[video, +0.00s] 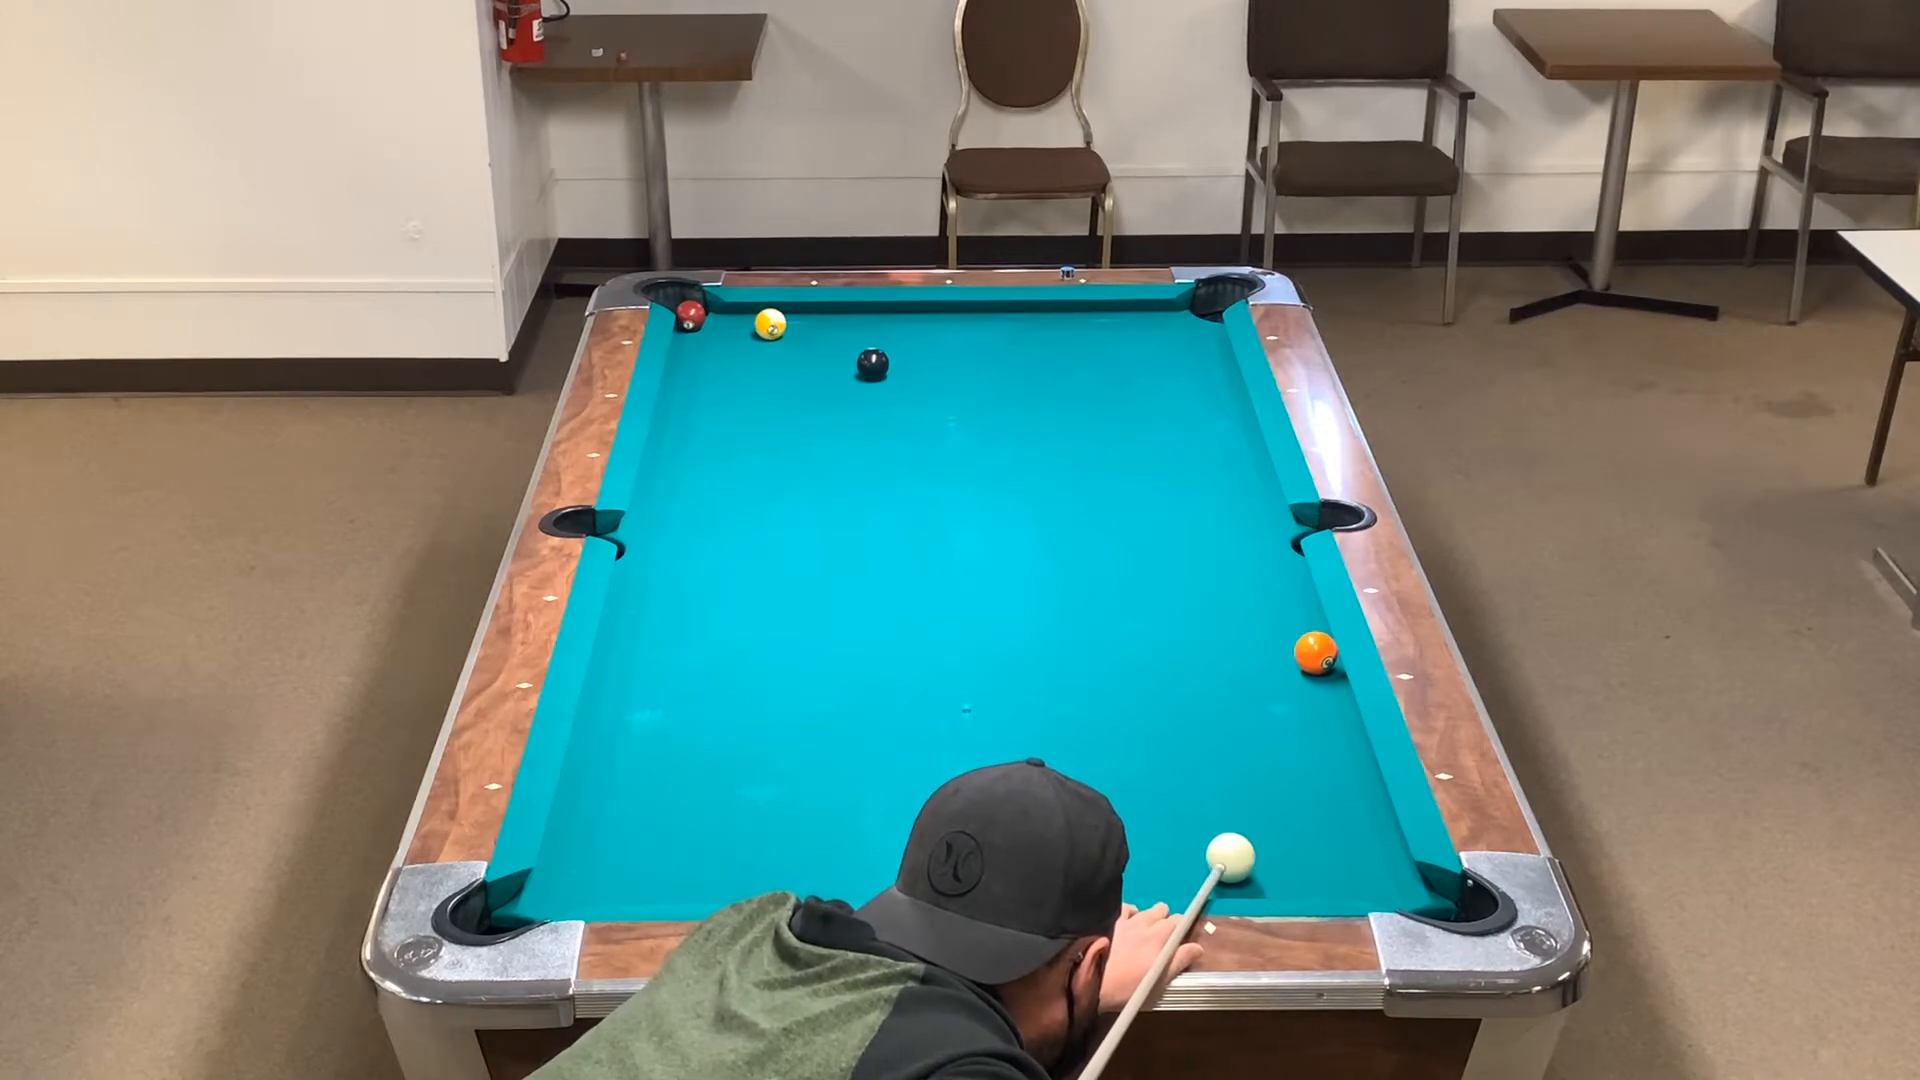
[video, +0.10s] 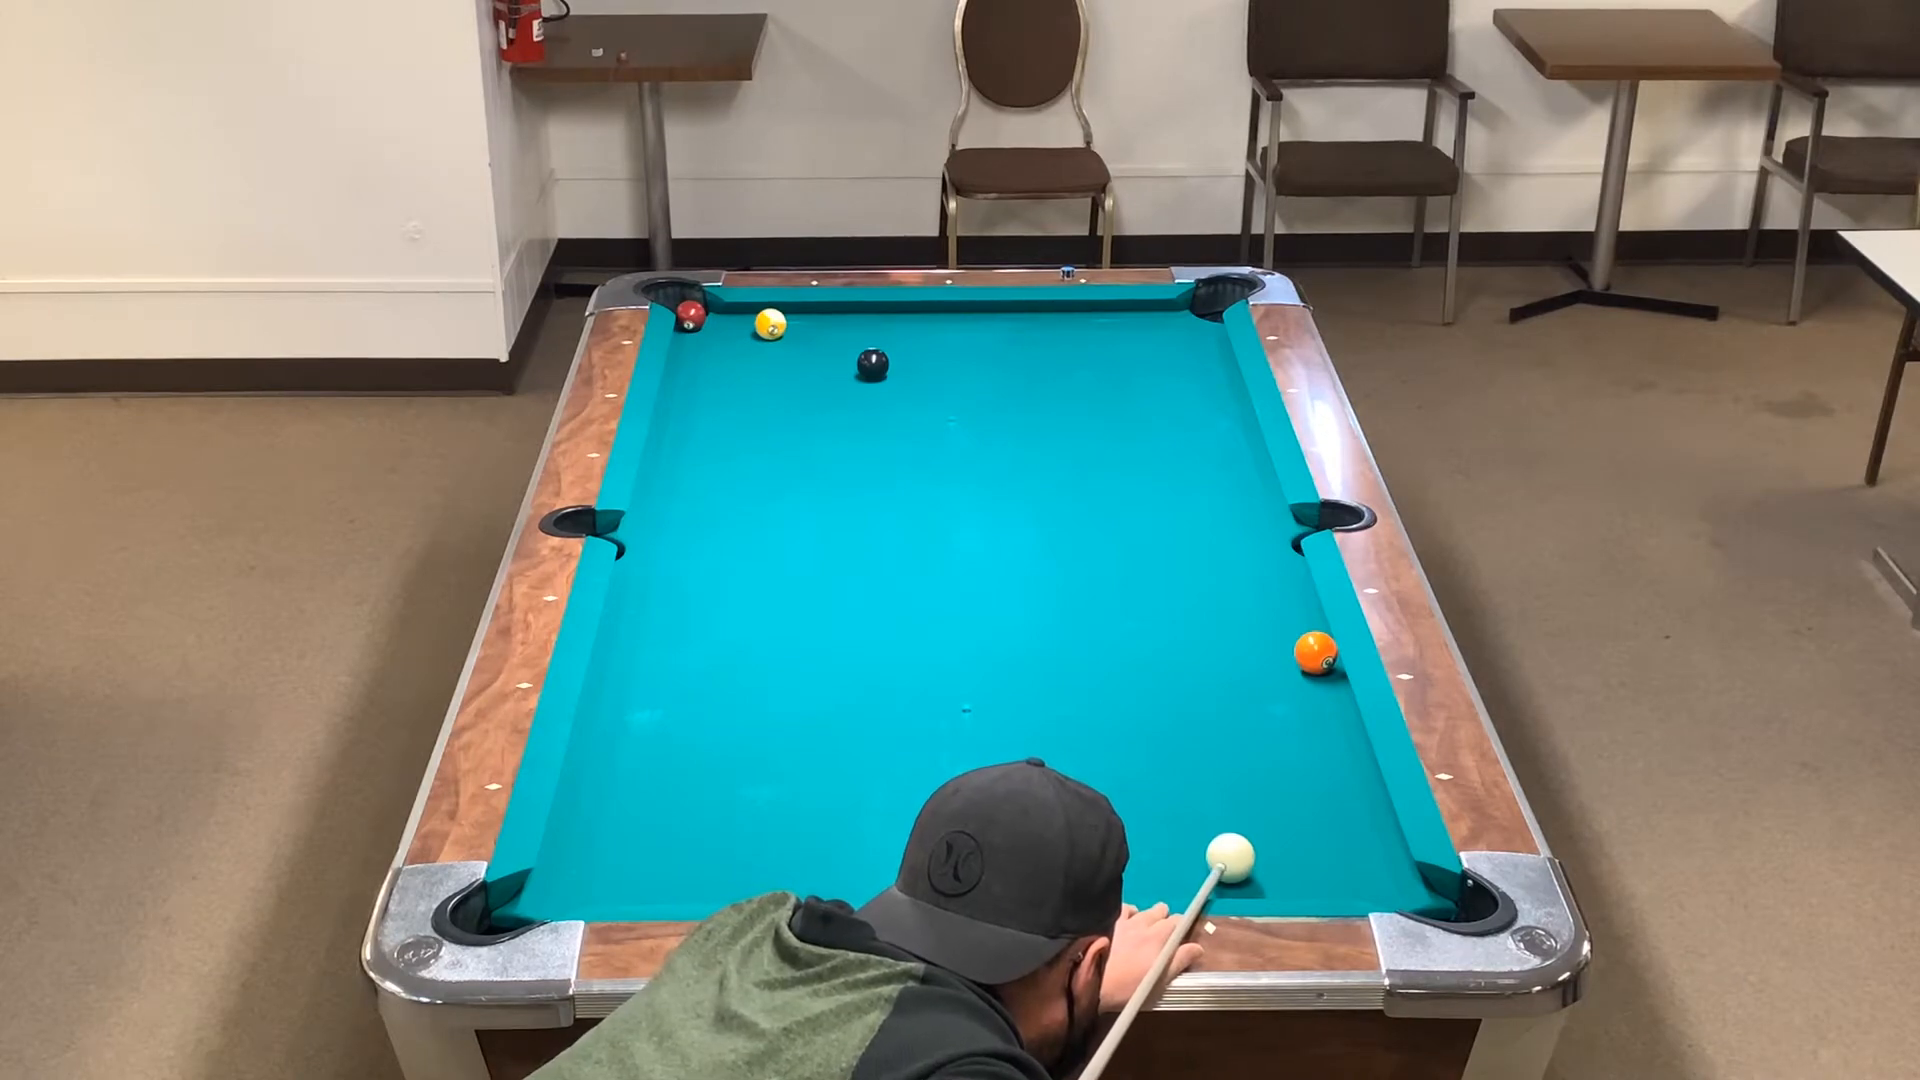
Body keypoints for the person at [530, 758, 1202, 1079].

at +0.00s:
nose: (1109, 951)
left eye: (1106, 938)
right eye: (1108, 941)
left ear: (910, 878)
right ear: (1083, 967)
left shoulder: (751, 922)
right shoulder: (970, 1062)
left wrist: (1074, 1003)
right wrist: (1110, 1017)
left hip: (566, 1065)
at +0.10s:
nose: (1110, 951)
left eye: (1106, 937)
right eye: (1108, 940)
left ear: (911, 878)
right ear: (1083, 967)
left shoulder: (751, 922)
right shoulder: (970, 1062)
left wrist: (1074, 1003)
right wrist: (1109, 1017)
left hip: (566, 1065)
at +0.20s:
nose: (1108, 952)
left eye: (1107, 939)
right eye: (1108, 941)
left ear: (909, 878)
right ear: (1081, 966)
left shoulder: (751, 922)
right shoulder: (969, 1064)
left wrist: (1076, 998)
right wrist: (1107, 1016)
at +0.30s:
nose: (1105, 946)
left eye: (1106, 934)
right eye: (1106, 934)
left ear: (909, 875)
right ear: (1081, 963)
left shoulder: (751, 919)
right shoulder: (966, 1061)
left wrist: (1075, 997)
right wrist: (1093, 1020)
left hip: (563, 1065)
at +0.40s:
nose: (1106, 946)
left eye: (1106, 936)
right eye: (1106, 934)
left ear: (908, 874)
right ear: (1081, 959)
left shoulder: (750, 917)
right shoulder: (969, 1059)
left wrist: (1074, 995)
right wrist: (1105, 1019)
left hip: (560, 1064)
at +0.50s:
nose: (1108, 940)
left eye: (1107, 929)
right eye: (1107, 928)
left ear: (908, 873)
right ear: (1082, 958)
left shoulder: (750, 916)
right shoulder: (969, 1057)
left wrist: (1076, 994)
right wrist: (1100, 1016)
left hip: (558, 1063)